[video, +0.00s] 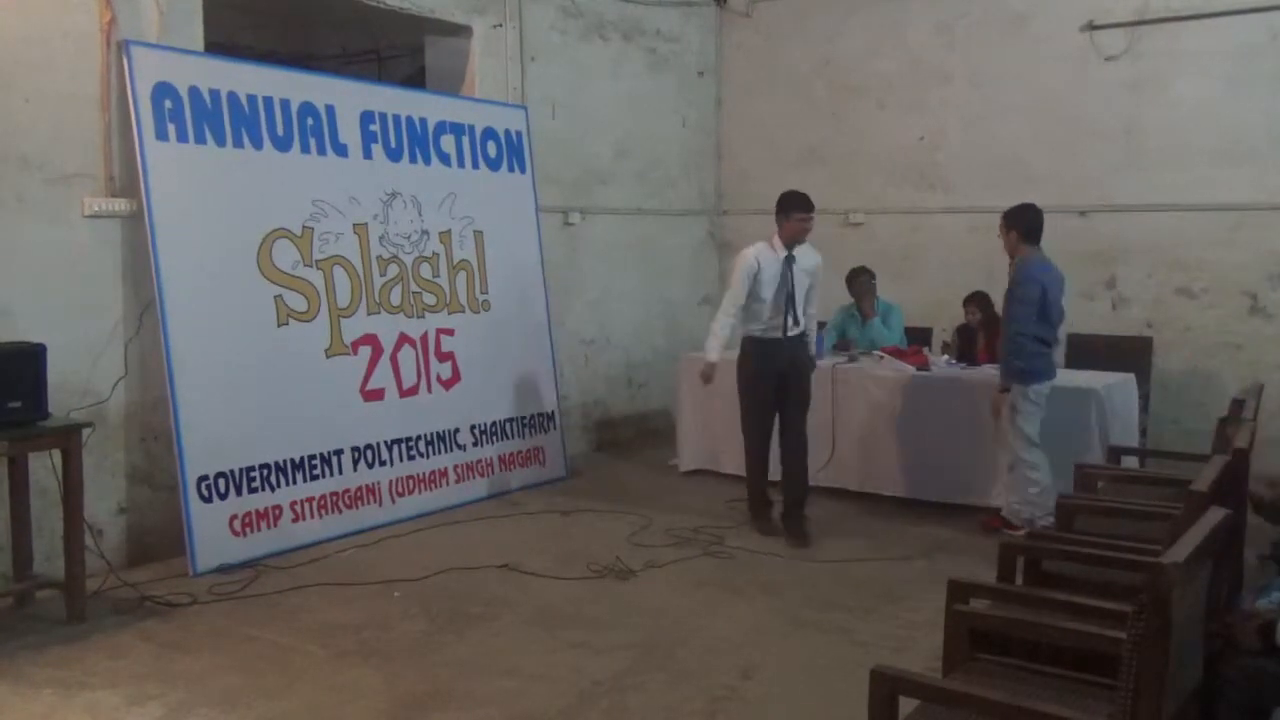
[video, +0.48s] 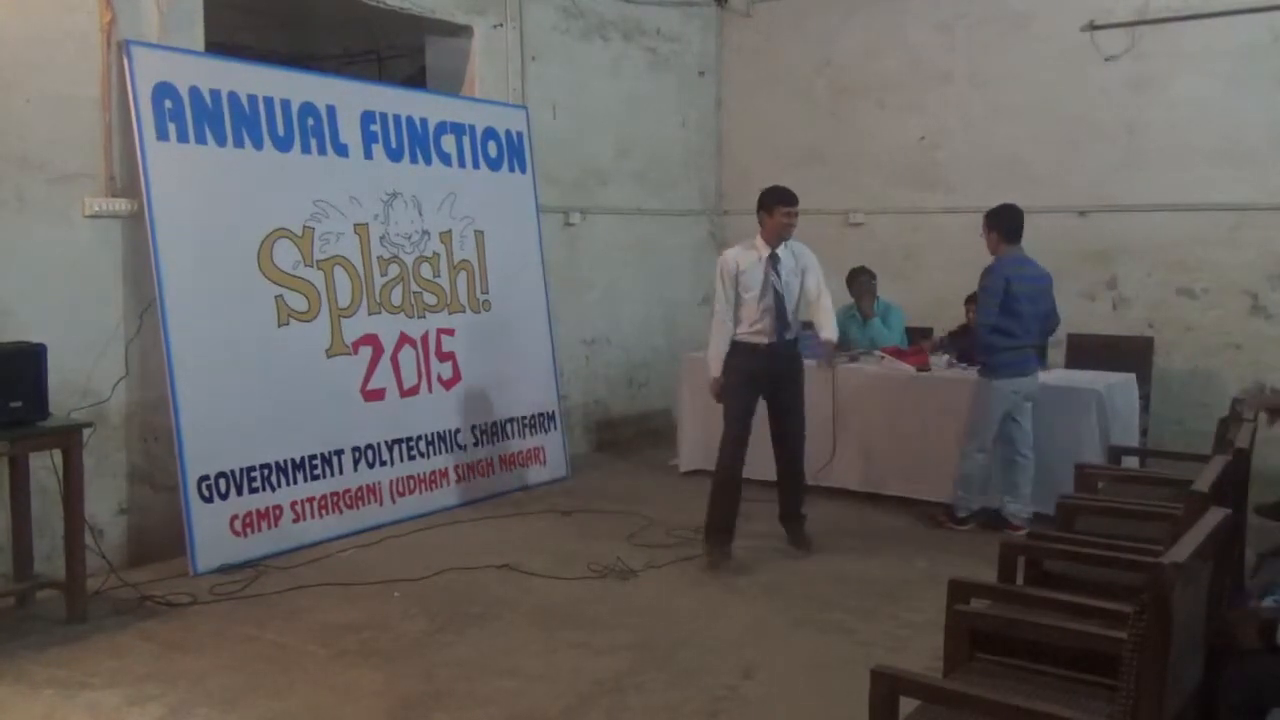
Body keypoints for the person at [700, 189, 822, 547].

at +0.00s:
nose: (809, 228)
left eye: (811, 221)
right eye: (803, 221)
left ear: (809, 223)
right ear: (782, 221)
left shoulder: (811, 260)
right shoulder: (752, 258)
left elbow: (809, 310)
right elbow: (730, 308)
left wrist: (810, 352)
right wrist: (711, 356)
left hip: (796, 355)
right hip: (757, 355)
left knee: (795, 436)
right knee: (757, 436)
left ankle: (795, 515)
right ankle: (760, 512)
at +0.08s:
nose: (809, 228)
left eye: (813, 222)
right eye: (803, 221)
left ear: (814, 224)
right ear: (783, 221)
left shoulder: (815, 262)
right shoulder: (753, 258)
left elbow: (815, 314)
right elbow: (726, 306)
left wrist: (815, 356)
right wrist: (705, 352)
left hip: (796, 355)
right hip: (756, 356)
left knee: (797, 439)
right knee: (759, 438)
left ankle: (794, 518)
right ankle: (762, 513)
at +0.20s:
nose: (810, 227)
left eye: (813, 221)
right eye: (804, 220)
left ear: (813, 223)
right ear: (783, 220)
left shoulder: (816, 262)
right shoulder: (751, 257)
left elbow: (820, 318)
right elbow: (725, 305)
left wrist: (824, 365)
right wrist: (708, 352)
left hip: (796, 357)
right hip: (754, 356)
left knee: (800, 436)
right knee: (753, 432)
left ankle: (795, 515)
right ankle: (765, 487)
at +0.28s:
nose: (806, 224)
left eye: (809, 218)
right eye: (799, 217)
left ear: (809, 220)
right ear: (778, 216)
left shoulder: (816, 262)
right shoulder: (746, 256)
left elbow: (827, 318)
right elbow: (727, 309)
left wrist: (834, 370)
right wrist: (715, 356)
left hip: (794, 355)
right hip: (751, 353)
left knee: (799, 437)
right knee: (747, 426)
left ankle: (795, 517)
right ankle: (756, 484)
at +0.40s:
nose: (799, 221)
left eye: (802, 215)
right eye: (793, 214)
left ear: (801, 218)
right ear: (770, 215)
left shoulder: (808, 255)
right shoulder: (740, 256)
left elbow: (827, 305)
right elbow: (728, 313)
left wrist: (835, 355)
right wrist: (723, 365)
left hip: (791, 356)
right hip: (748, 355)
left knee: (792, 440)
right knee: (740, 437)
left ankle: (793, 520)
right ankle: (729, 515)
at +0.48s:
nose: (793, 223)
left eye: (795, 216)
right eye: (787, 216)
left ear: (794, 219)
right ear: (764, 217)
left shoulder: (802, 256)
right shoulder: (733, 261)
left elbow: (820, 298)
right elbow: (722, 317)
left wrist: (828, 335)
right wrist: (716, 370)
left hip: (786, 360)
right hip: (743, 359)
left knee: (790, 447)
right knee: (732, 450)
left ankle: (794, 523)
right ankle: (719, 540)